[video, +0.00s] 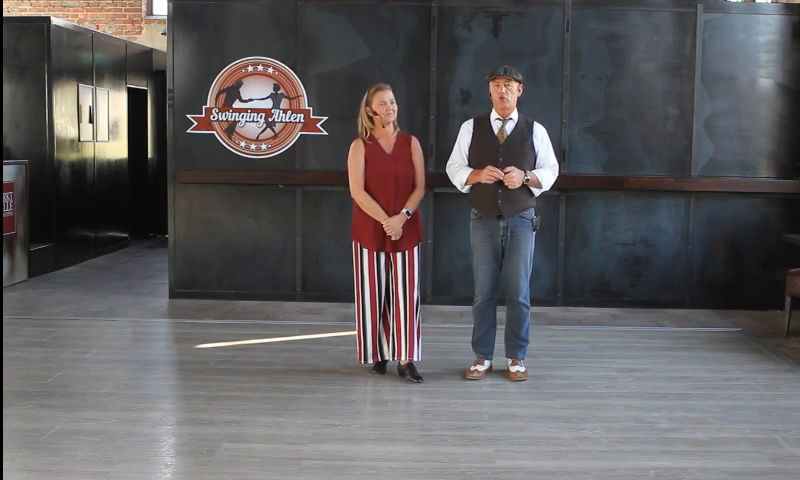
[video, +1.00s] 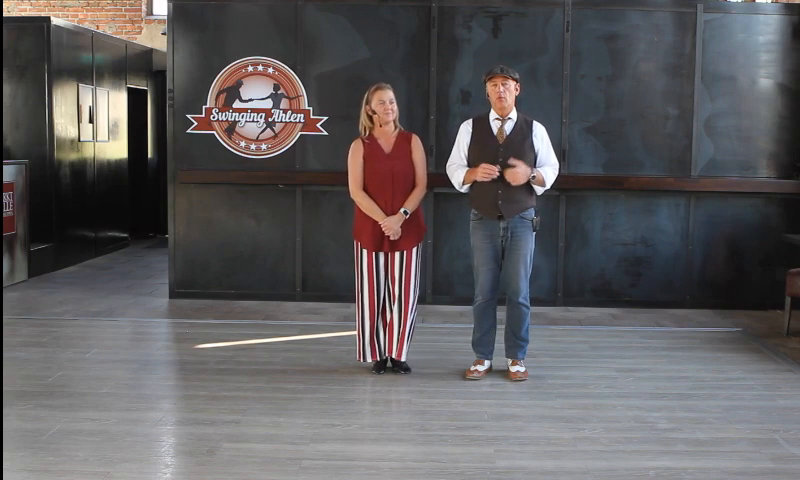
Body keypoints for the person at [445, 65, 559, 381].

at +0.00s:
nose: (503, 92)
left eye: (509, 87)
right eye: (498, 86)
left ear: (518, 91)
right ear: (490, 91)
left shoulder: (535, 130)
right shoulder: (471, 127)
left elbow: (550, 171)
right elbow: (453, 168)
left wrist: (525, 177)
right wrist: (476, 174)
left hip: (521, 220)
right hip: (483, 220)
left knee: (518, 292)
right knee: (484, 292)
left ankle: (516, 359)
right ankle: (482, 358)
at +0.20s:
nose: (503, 92)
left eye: (509, 87)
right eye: (498, 87)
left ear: (518, 91)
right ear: (490, 91)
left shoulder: (535, 131)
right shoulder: (471, 128)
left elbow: (550, 171)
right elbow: (454, 169)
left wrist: (526, 177)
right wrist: (478, 174)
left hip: (522, 221)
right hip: (483, 221)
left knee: (518, 292)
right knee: (484, 292)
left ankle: (516, 359)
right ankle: (482, 358)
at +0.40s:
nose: (502, 92)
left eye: (508, 87)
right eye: (497, 87)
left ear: (517, 91)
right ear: (489, 91)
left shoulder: (535, 131)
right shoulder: (470, 128)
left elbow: (550, 171)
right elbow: (454, 170)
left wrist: (526, 177)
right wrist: (479, 174)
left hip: (522, 221)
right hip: (483, 221)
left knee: (518, 293)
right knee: (484, 292)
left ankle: (516, 359)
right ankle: (482, 358)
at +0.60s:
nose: (502, 93)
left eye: (507, 87)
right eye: (496, 87)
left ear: (517, 90)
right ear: (488, 92)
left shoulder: (534, 130)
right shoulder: (470, 128)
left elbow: (550, 171)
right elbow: (454, 170)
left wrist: (526, 177)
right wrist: (480, 174)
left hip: (522, 220)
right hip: (483, 220)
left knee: (518, 292)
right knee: (484, 292)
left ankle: (516, 359)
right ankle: (482, 358)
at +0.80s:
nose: (500, 91)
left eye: (506, 85)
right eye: (495, 86)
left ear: (516, 90)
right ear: (487, 92)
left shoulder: (534, 130)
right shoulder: (470, 128)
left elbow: (551, 169)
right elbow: (453, 170)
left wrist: (526, 177)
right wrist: (479, 174)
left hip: (522, 220)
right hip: (483, 220)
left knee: (518, 292)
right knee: (484, 292)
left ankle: (516, 359)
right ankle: (482, 358)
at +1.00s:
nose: (500, 90)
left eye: (505, 85)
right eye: (495, 86)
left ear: (516, 90)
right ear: (487, 92)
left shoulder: (534, 130)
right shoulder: (470, 128)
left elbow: (551, 170)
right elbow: (454, 170)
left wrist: (531, 174)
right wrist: (472, 173)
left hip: (521, 220)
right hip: (482, 220)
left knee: (518, 292)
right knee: (484, 292)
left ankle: (516, 359)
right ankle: (482, 358)